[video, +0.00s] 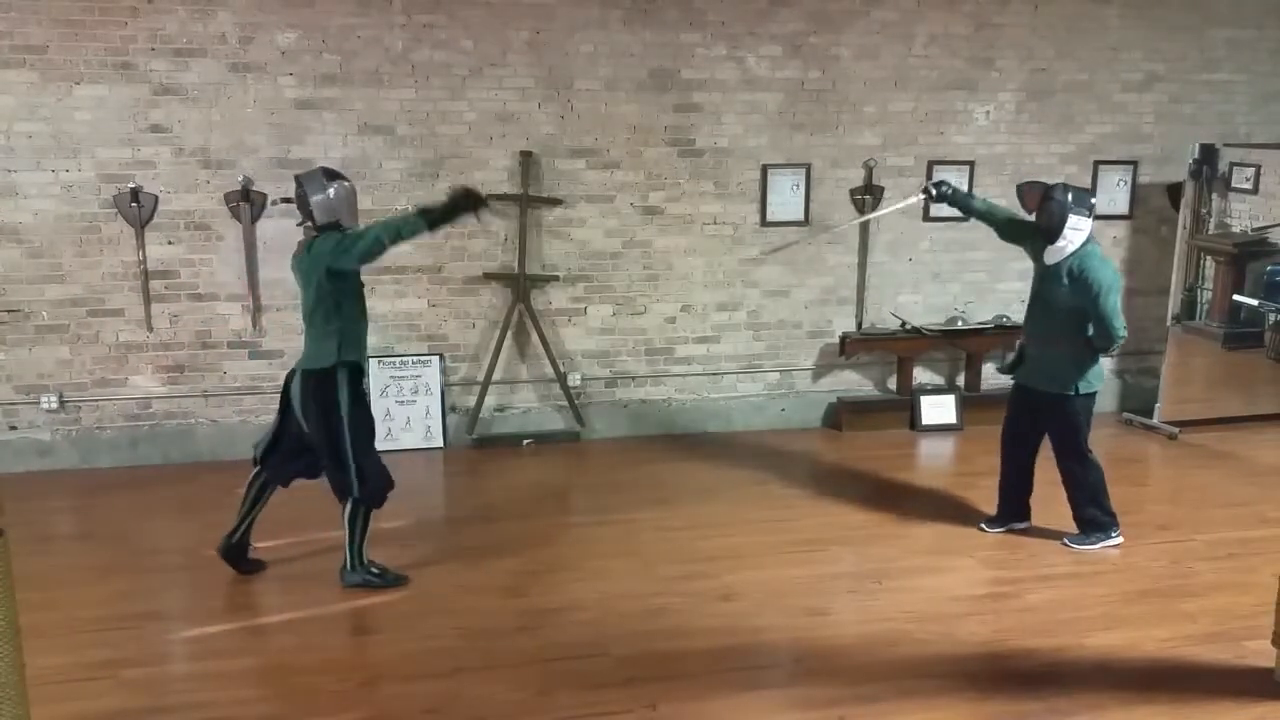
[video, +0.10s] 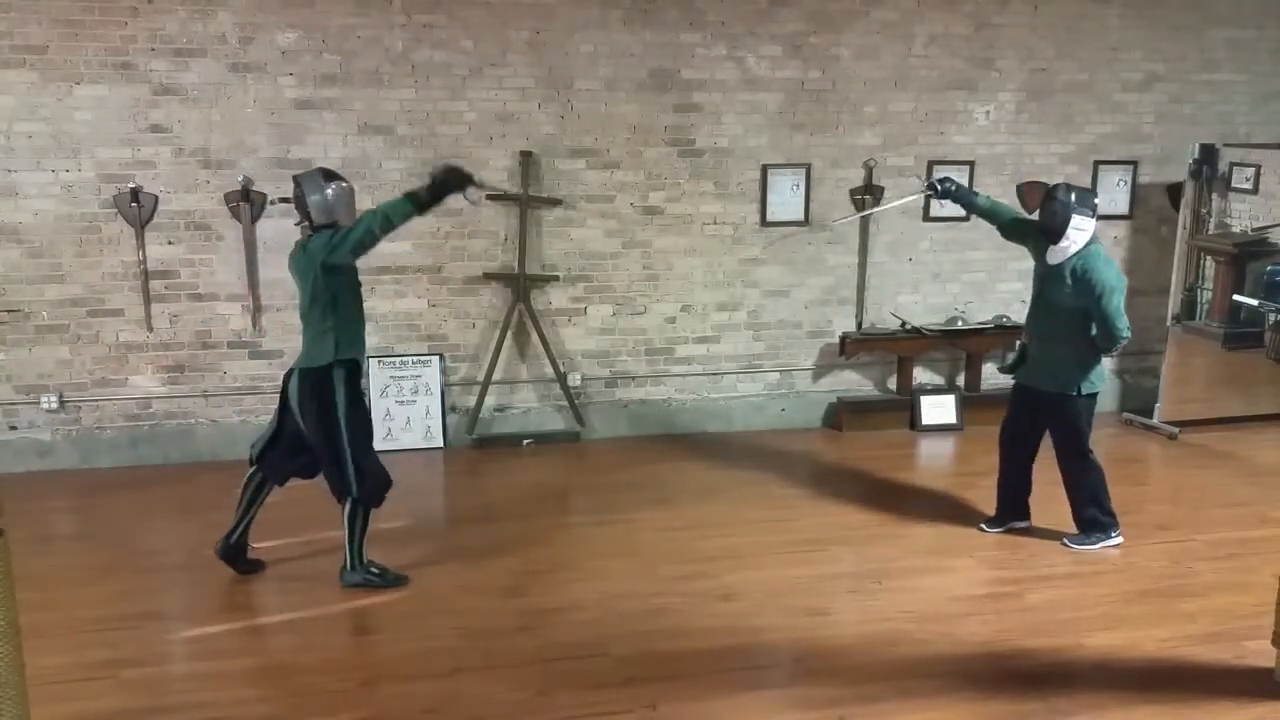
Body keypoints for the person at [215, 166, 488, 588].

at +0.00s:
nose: (353, 210)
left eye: (350, 202)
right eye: (348, 202)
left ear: (309, 210)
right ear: (337, 204)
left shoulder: (306, 253)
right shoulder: (330, 248)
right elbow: (381, 235)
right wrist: (445, 210)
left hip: (307, 376)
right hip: (335, 376)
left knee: (279, 461)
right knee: (363, 473)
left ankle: (236, 541)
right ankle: (355, 565)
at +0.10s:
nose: (350, 211)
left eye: (348, 203)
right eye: (344, 204)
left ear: (306, 210)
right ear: (332, 206)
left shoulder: (303, 252)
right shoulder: (324, 248)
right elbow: (373, 224)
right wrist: (431, 192)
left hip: (305, 375)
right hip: (332, 375)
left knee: (275, 461)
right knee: (360, 471)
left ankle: (234, 542)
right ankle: (355, 565)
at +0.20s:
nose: (345, 208)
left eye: (343, 201)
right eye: (340, 201)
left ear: (304, 211)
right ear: (330, 205)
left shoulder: (300, 252)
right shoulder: (323, 245)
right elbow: (370, 218)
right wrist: (424, 182)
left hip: (304, 374)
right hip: (331, 372)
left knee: (273, 460)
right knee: (359, 471)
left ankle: (232, 542)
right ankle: (355, 564)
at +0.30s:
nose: (345, 209)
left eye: (343, 202)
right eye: (340, 202)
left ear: (303, 212)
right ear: (328, 207)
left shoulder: (298, 251)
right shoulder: (320, 245)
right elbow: (365, 217)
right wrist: (420, 179)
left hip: (302, 375)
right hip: (328, 373)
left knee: (272, 461)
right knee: (359, 472)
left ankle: (231, 543)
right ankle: (356, 565)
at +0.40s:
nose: (344, 208)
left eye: (342, 202)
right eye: (339, 202)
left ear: (302, 211)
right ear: (326, 206)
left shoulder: (296, 251)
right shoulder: (318, 245)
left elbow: (355, 221)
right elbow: (362, 217)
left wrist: (410, 183)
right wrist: (417, 179)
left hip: (300, 375)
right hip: (326, 373)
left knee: (271, 461)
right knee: (358, 472)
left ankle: (230, 542)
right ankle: (355, 564)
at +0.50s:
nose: (344, 208)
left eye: (342, 202)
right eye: (338, 202)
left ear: (301, 211)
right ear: (327, 206)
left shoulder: (296, 251)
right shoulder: (319, 245)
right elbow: (362, 218)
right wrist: (417, 181)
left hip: (300, 374)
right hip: (326, 372)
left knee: (271, 461)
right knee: (356, 471)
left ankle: (230, 542)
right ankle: (354, 565)